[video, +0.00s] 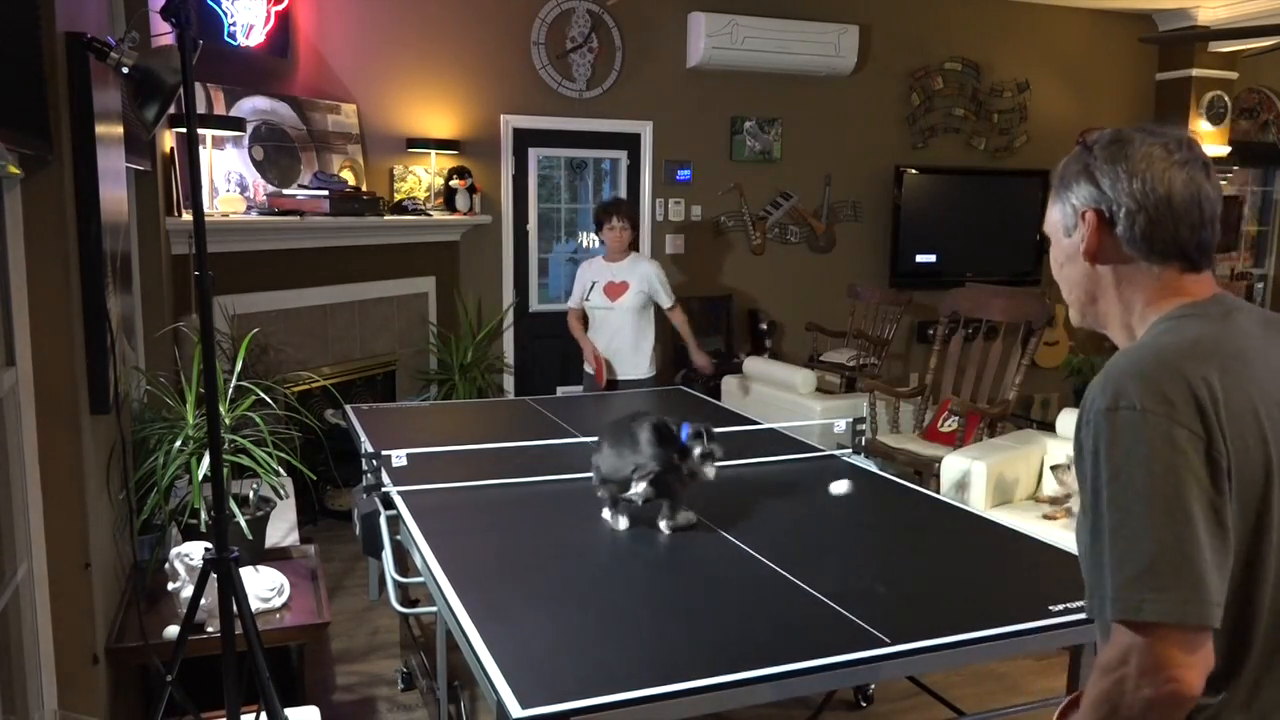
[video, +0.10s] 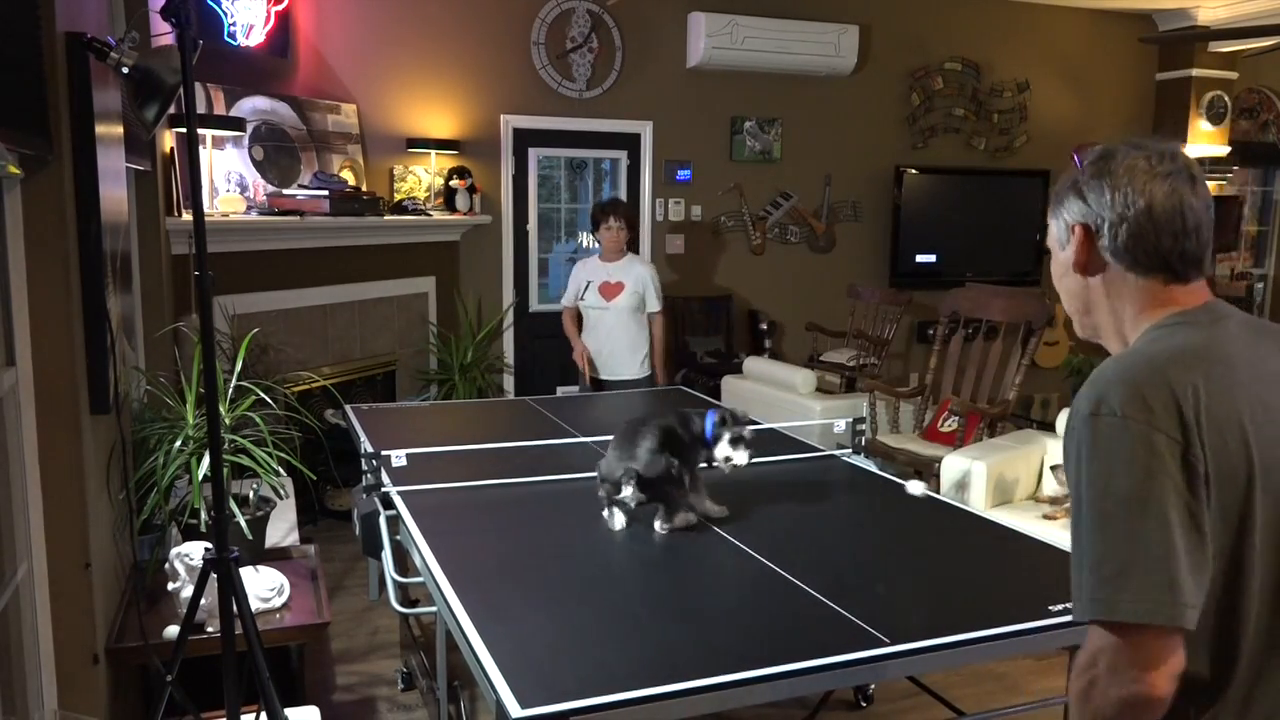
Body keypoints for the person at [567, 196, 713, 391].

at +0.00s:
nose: (617, 234)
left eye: (623, 228)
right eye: (610, 229)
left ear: (633, 233)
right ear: (600, 233)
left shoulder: (648, 269)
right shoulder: (587, 270)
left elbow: (673, 310)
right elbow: (573, 316)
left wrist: (694, 350)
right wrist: (586, 345)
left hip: (637, 376)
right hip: (596, 374)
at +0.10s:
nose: (614, 234)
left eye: (620, 228)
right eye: (607, 229)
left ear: (629, 233)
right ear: (596, 234)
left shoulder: (644, 270)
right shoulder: (582, 269)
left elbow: (656, 319)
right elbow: (569, 312)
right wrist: (576, 344)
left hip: (634, 375)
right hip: (592, 375)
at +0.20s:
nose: (613, 235)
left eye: (618, 229)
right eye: (605, 228)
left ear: (626, 233)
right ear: (593, 233)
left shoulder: (639, 270)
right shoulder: (578, 268)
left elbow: (647, 318)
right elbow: (562, 310)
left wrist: (647, 365)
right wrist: (569, 342)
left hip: (628, 372)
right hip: (588, 373)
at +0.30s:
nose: (611, 236)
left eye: (616, 229)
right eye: (603, 229)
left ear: (622, 233)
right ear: (589, 233)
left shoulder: (634, 271)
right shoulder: (573, 268)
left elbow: (647, 319)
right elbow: (557, 310)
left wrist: (648, 367)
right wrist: (563, 340)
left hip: (622, 374)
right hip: (581, 374)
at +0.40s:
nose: (609, 236)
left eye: (614, 229)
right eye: (601, 229)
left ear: (619, 233)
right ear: (586, 233)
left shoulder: (629, 270)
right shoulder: (569, 267)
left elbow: (644, 322)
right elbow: (554, 310)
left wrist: (647, 370)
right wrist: (561, 340)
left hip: (617, 375)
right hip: (577, 374)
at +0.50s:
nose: (606, 236)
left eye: (611, 229)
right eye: (599, 229)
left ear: (617, 232)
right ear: (584, 232)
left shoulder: (626, 269)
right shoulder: (566, 267)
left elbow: (639, 321)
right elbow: (552, 312)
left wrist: (642, 368)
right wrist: (561, 343)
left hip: (614, 374)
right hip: (575, 373)